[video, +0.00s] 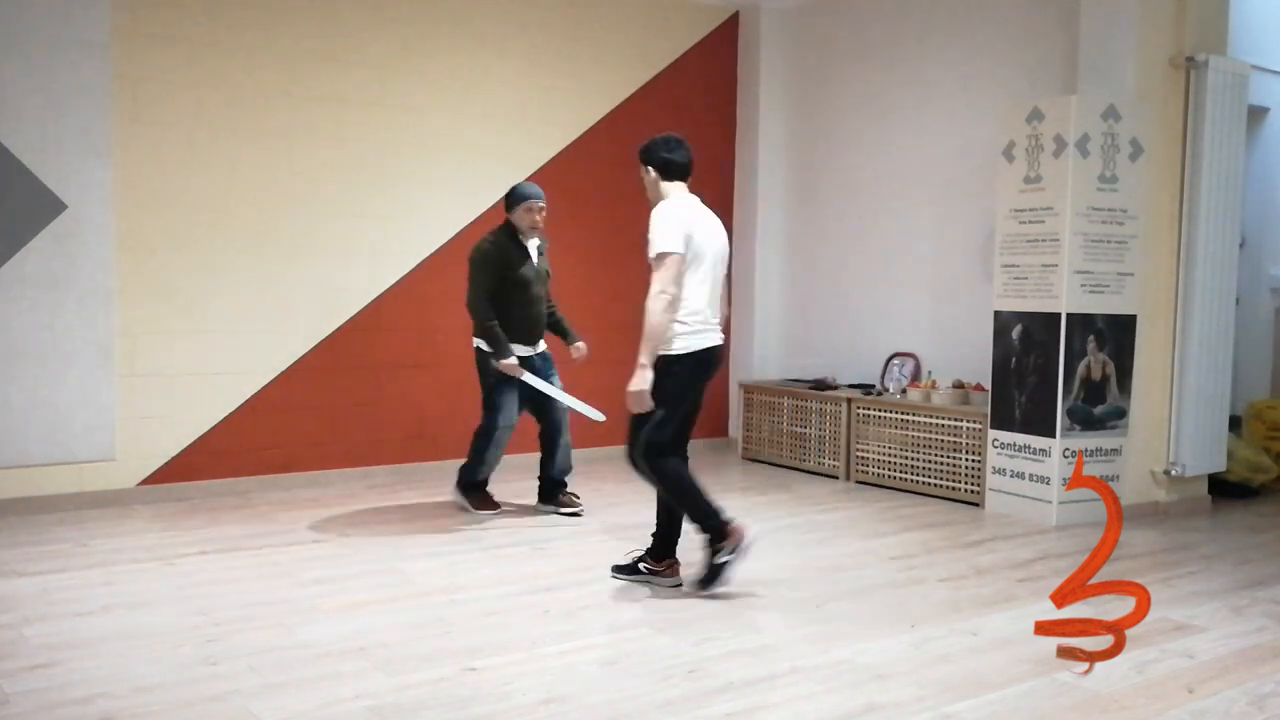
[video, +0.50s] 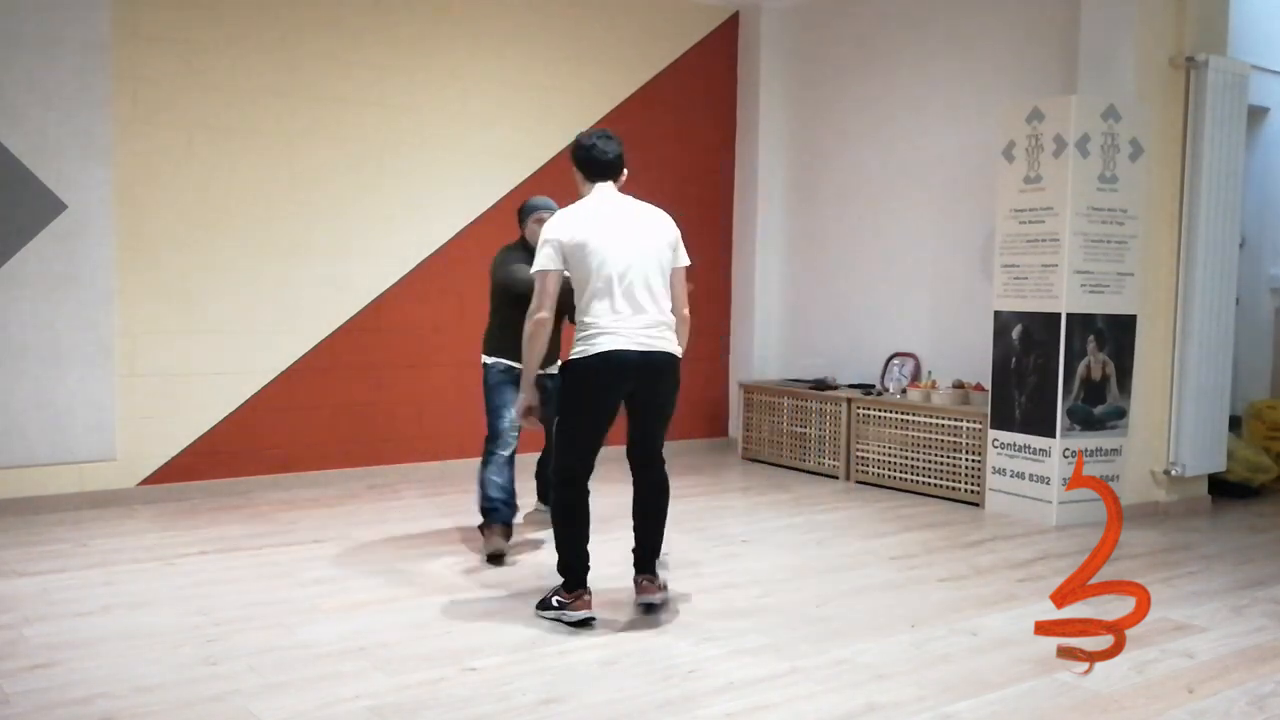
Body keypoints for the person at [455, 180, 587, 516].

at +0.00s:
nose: (539, 217)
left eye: (542, 210)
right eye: (531, 210)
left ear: (545, 213)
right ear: (512, 213)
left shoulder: (538, 248)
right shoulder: (489, 250)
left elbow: (542, 303)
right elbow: (477, 304)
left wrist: (569, 336)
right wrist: (502, 352)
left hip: (536, 352)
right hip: (499, 353)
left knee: (556, 416)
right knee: (501, 421)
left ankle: (553, 489)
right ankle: (472, 483)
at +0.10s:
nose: (549, 219)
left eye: (553, 212)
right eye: (541, 212)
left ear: (557, 215)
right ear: (523, 215)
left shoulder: (549, 251)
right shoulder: (500, 251)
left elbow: (559, 305)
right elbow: (491, 307)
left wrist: (590, 327)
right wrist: (520, 348)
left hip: (540, 352)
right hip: (502, 352)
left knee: (562, 413)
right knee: (513, 417)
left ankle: (553, 488)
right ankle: (486, 474)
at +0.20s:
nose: (558, 221)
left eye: (562, 215)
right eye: (550, 214)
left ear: (567, 219)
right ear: (533, 218)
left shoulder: (559, 256)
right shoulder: (512, 250)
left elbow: (568, 308)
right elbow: (508, 304)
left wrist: (604, 317)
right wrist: (547, 346)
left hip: (540, 352)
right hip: (504, 346)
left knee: (562, 410)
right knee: (511, 410)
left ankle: (553, 490)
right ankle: (494, 486)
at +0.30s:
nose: (562, 225)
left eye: (567, 219)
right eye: (554, 218)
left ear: (571, 223)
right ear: (537, 221)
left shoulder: (566, 260)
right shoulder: (517, 253)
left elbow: (570, 296)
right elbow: (537, 300)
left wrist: (579, 300)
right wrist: (574, 320)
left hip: (540, 357)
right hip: (502, 350)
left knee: (567, 414)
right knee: (503, 415)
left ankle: (552, 490)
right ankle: (488, 506)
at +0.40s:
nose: (558, 228)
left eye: (563, 222)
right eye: (551, 221)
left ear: (568, 225)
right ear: (535, 224)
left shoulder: (567, 262)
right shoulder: (518, 256)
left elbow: (580, 306)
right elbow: (552, 291)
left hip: (544, 363)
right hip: (504, 357)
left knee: (565, 422)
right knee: (498, 429)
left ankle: (551, 495)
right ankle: (485, 510)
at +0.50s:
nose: (546, 229)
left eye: (551, 223)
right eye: (539, 223)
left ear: (558, 227)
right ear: (523, 226)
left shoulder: (560, 263)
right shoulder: (508, 260)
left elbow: (574, 309)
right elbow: (531, 283)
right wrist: (568, 280)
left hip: (547, 364)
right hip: (505, 363)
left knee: (560, 432)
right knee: (503, 439)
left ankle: (550, 491)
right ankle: (496, 524)